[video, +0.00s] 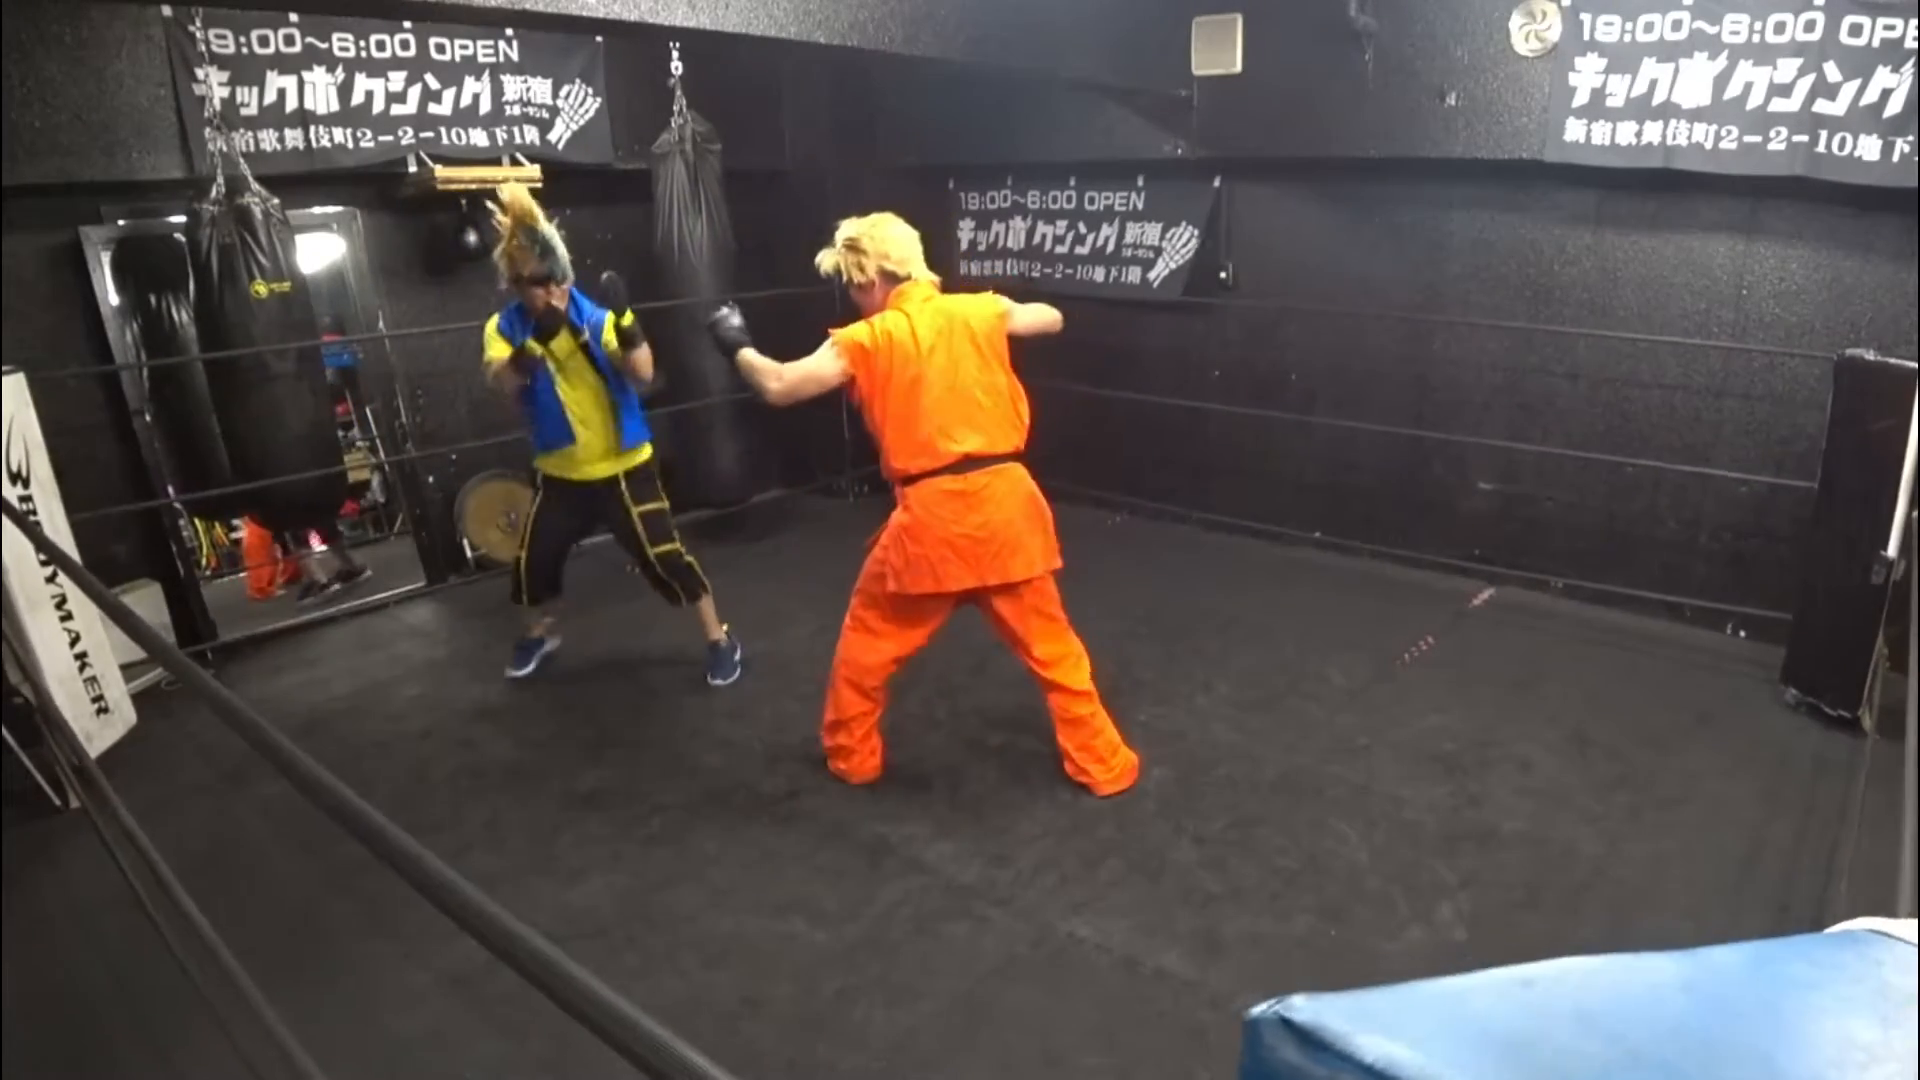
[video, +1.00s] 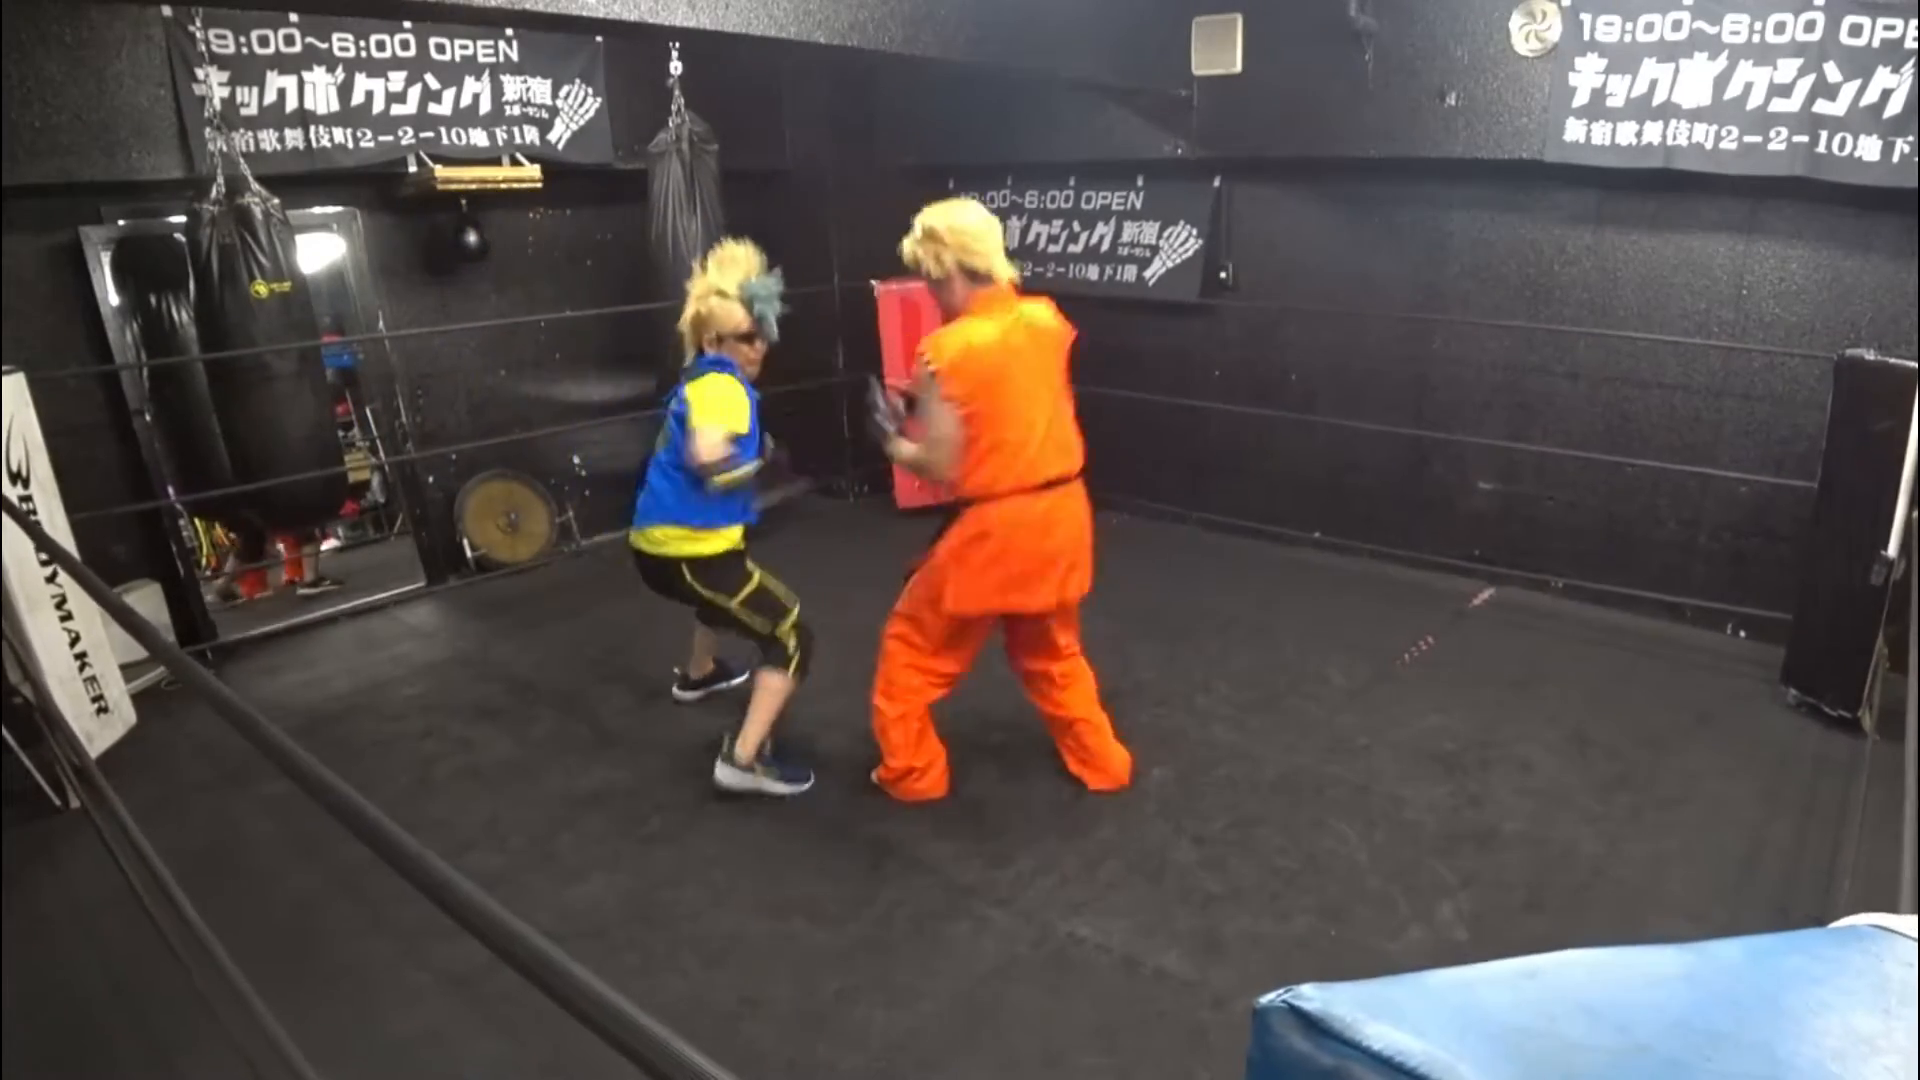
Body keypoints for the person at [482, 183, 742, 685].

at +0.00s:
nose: (544, 293)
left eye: (550, 280)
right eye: (532, 283)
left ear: (564, 278)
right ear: (515, 286)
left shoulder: (595, 315)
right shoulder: (505, 328)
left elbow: (644, 373)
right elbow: (505, 385)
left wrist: (627, 326)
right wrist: (532, 344)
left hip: (625, 462)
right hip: (562, 472)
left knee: (664, 556)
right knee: (534, 562)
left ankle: (718, 636)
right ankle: (541, 634)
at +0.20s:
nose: (572, 322)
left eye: (577, 311)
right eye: (558, 313)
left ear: (587, 313)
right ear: (531, 318)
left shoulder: (607, 357)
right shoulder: (511, 369)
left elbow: (663, 422)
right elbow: (529, 433)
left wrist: (653, 398)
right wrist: (573, 398)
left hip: (622, 494)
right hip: (558, 505)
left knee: (678, 563)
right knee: (525, 596)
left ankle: (690, 646)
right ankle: (520, 640)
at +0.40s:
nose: (666, 306)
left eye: (669, 295)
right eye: (654, 296)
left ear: (675, 300)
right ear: (623, 303)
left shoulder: (663, 352)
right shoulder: (598, 353)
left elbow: (681, 406)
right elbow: (575, 421)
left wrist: (701, 395)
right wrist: (644, 412)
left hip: (642, 497)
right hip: (592, 503)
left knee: (699, 562)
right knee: (604, 619)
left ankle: (689, 657)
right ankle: (523, 628)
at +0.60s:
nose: (725, 348)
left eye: (727, 338)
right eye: (714, 338)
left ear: (725, 338)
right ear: (684, 338)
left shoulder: (701, 382)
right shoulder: (669, 376)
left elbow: (709, 445)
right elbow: (663, 424)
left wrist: (726, 422)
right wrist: (717, 402)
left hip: (655, 512)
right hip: (623, 517)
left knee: (704, 565)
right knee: (695, 607)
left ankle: (689, 664)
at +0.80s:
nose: (746, 377)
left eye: (749, 366)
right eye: (734, 367)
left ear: (695, 370)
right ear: (702, 368)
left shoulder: (683, 403)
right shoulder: (704, 402)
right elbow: (733, 435)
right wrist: (801, 403)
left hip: (641, 561)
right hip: (682, 566)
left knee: (718, 571)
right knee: (773, 653)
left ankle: (705, 669)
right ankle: (741, 773)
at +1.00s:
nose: (761, 352)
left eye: (762, 341)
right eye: (752, 342)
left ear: (721, 341)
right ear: (723, 342)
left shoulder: (702, 381)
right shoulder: (720, 389)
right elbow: (708, 461)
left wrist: (748, 458)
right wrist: (758, 461)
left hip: (662, 541)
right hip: (690, 552)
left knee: (726, 580)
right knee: (791, 637)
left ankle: (699, 669)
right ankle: (744, 759)